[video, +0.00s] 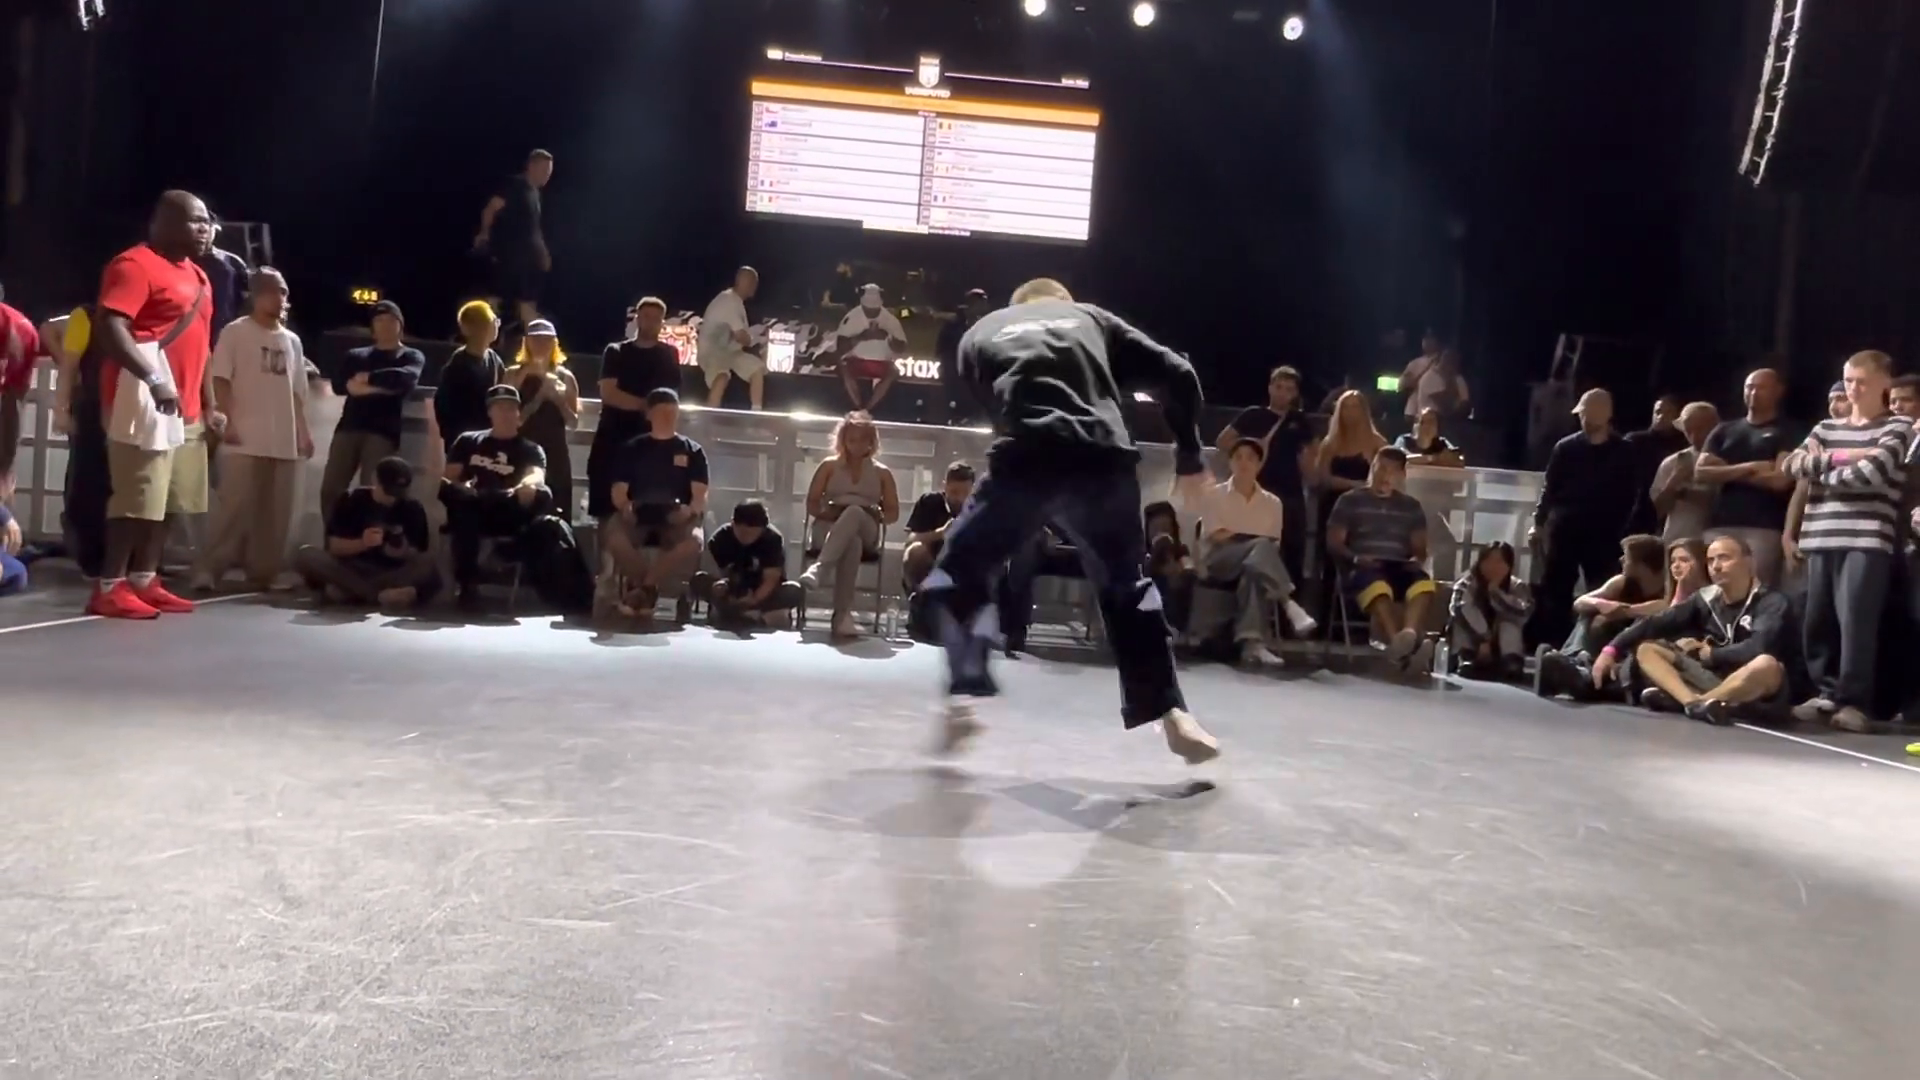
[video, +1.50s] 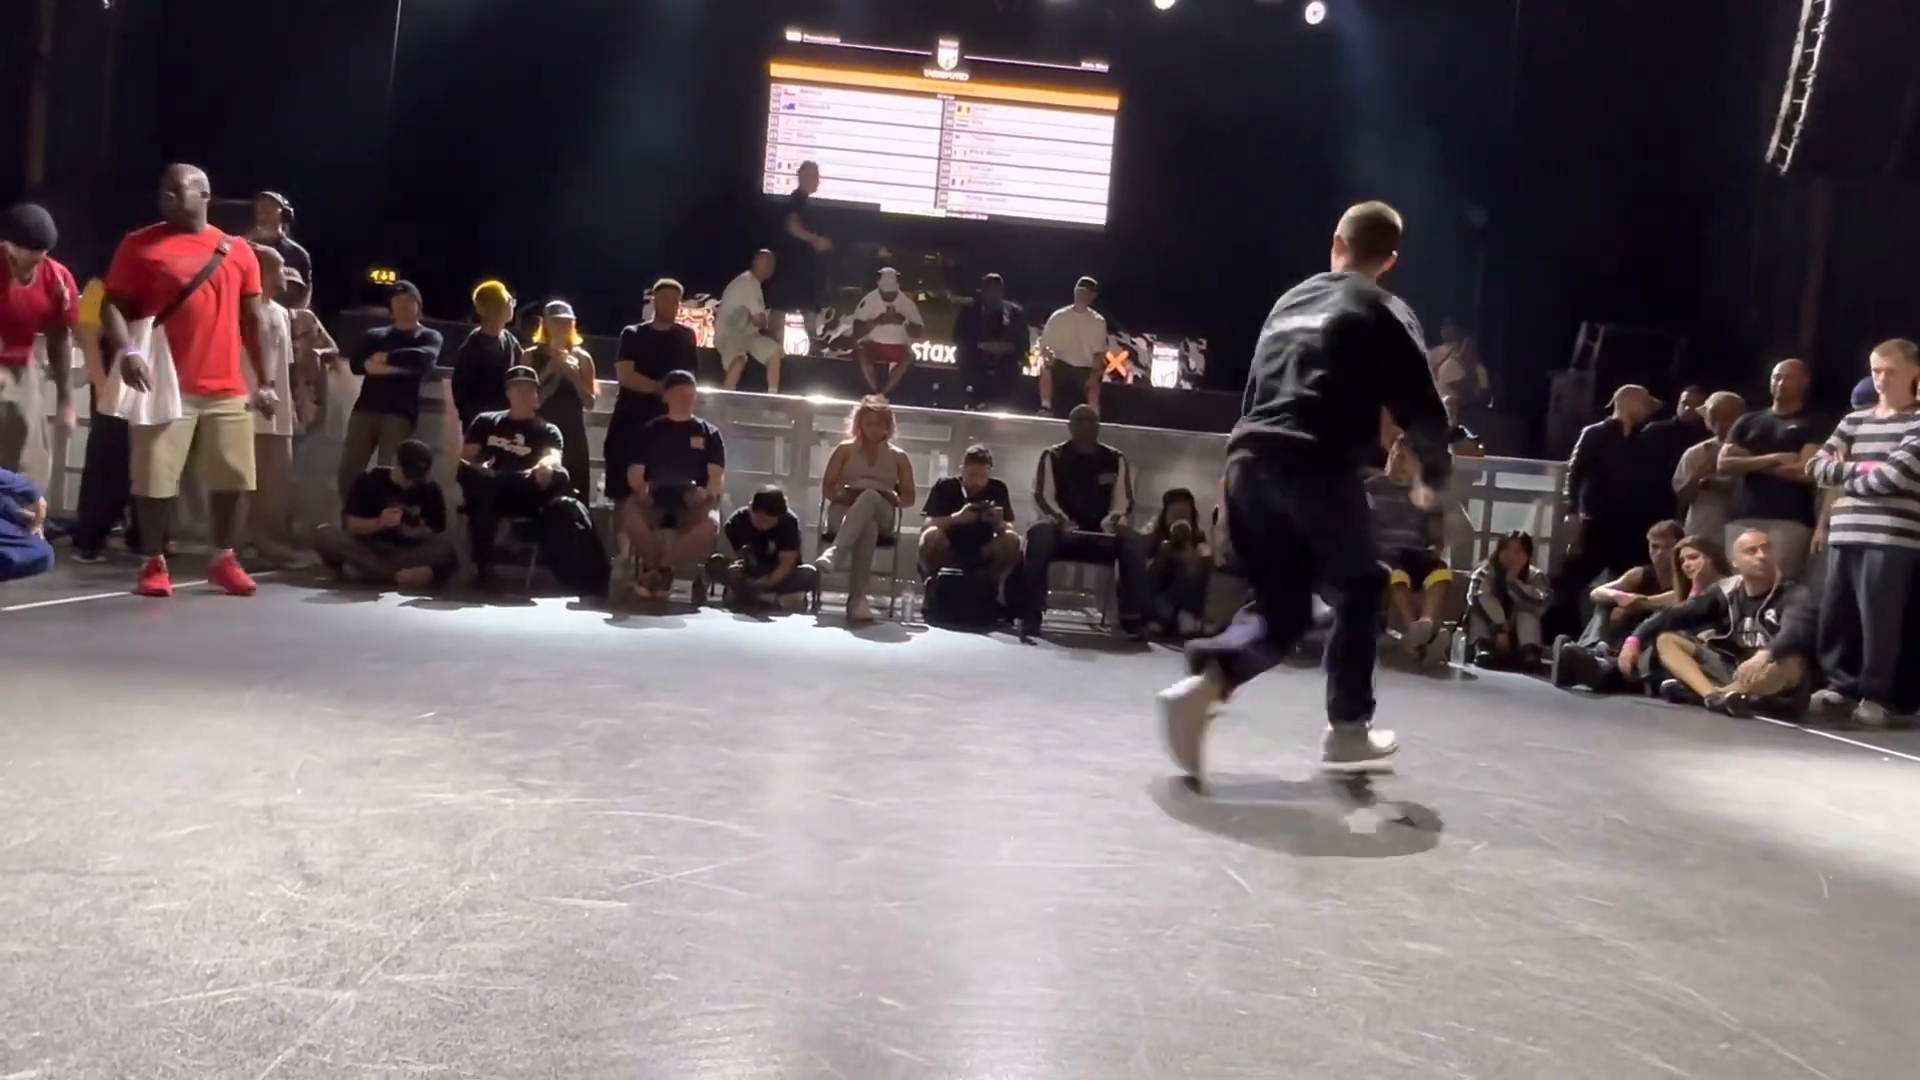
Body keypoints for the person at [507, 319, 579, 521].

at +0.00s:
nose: (541, 344)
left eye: (547, 339)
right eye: (535, 339)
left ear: (554, 344)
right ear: (527, 342)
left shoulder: (566, 377)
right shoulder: (513, 375)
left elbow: (574, 421)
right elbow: (511, 421)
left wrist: (557, 398)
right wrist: (539, 397)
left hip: (555, 448)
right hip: (522, 448)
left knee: (559, 509)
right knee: (521, 509)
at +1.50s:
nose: (562, 326)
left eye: (567, 321)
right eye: (556, 320)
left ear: (573, 324)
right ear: (545, 323)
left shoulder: (583, 358)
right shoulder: (531, 356)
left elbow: (589, 402)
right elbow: (529, 400)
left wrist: (573, 374)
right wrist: (553, 370)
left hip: (572, 431)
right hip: (540, 431)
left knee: (576, 492)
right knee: (538, 492)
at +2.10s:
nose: (562, 324)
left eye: (567, 319)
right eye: (557, 319)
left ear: (573, 323)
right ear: (546, 322)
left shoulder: (584, 356)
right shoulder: (532, 354)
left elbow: (591, 401)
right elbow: (529, 398)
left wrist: (575, 373)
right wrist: (553, 366)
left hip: (573, 429)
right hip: (540, 429)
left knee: (577, 490)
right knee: (540, 490)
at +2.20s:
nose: (562, 324)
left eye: (567, 319)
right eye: (556, 319)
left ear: (573, 323)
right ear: (546, 322)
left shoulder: (583, 356)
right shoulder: (532, 354)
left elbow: (590, 401)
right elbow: (529, 398)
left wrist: (575, 374)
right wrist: (552, 366)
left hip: (573, 428)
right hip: (540, 429)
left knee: (577, 490)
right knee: (539, 489)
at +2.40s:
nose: (562, 325)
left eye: (567, 320)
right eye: (556, 320)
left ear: (572, 324)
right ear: (546, 323)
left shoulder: (583, 357)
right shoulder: (531, 354)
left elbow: (590, 401)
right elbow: (529, 399)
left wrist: (574, 373)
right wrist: (553, 367)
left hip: (573, 431)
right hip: (539, 431)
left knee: (576, 493)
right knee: (538, 492)